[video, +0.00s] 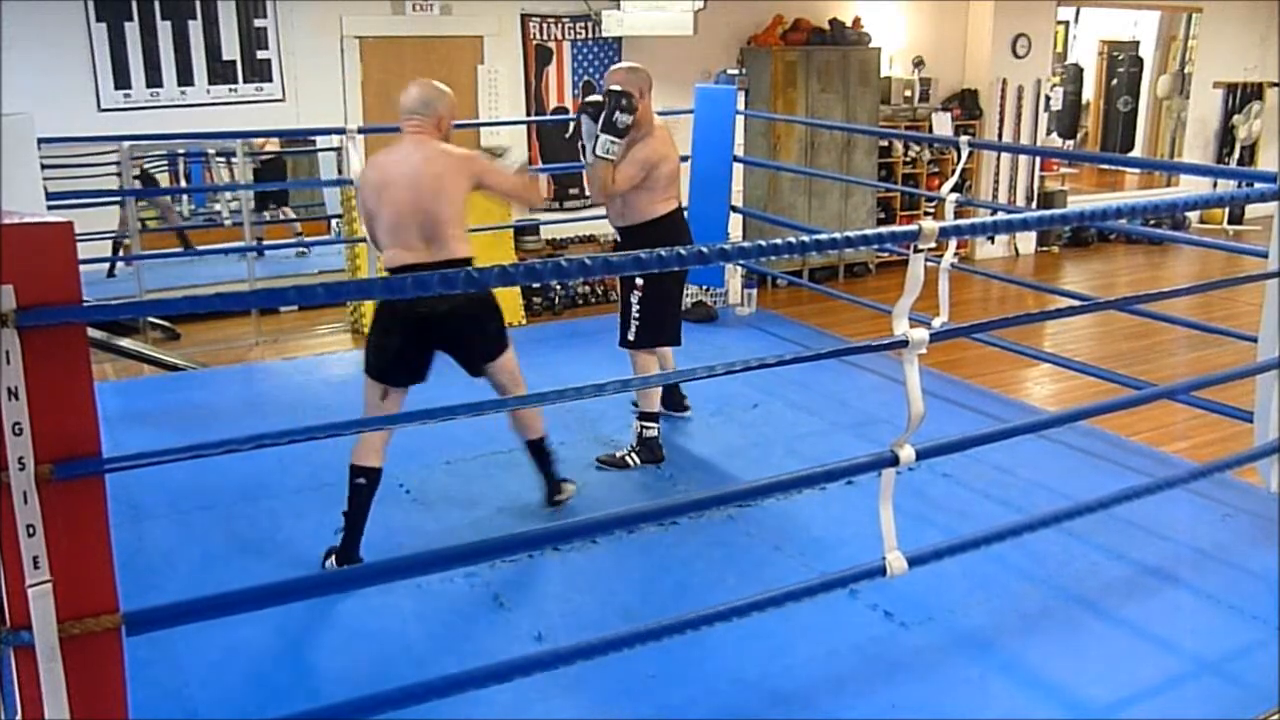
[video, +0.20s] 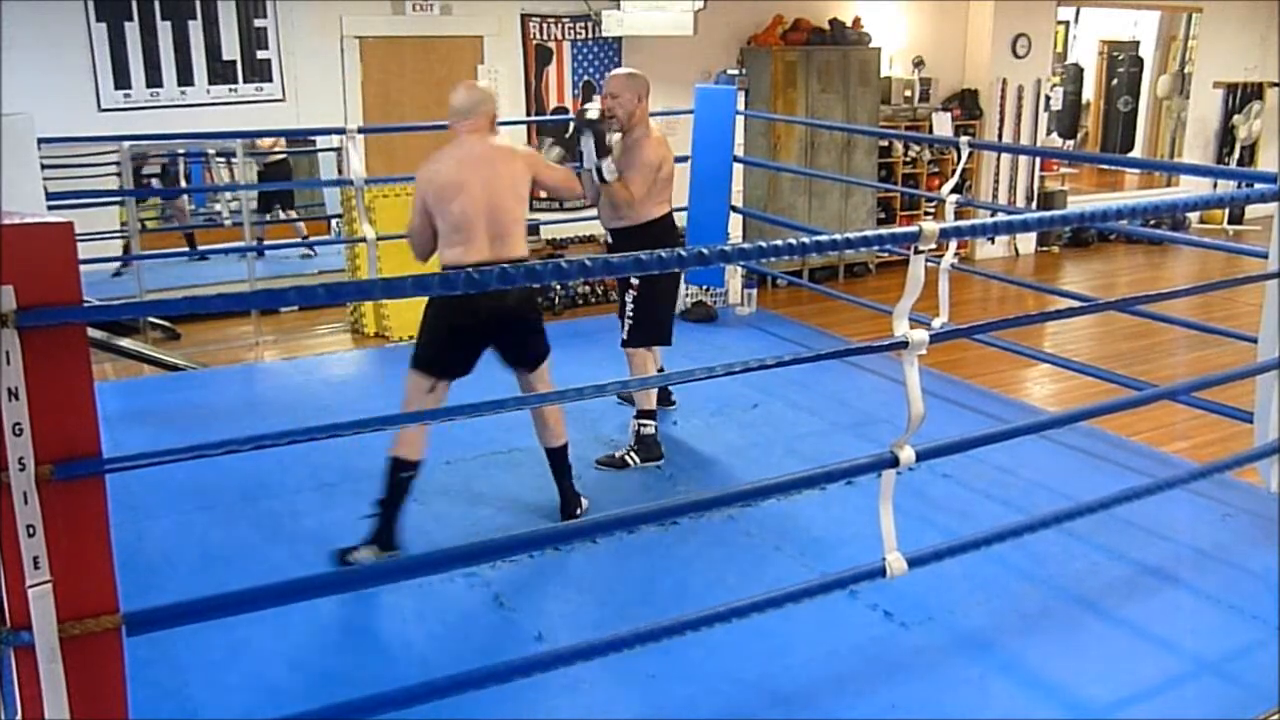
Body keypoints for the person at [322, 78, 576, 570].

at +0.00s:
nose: (455, 125)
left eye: (453, 119)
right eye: (453, 119)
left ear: (402, 119)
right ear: (442, 121)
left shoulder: (371, 171)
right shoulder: (461, 161)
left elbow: (375, 235)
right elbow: (532, 193)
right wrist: (536, 175)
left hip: (399, 302)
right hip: (462, 295)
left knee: (376, 423)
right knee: (514, 389)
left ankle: (349, 546)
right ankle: (552, 484)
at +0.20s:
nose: (495, 123)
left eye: (488, 117)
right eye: (495, 117)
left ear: (451, 121)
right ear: (492, 119)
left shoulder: (431, 170)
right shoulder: (519, 159)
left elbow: (421, 250)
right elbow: (577, 189)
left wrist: (454, 207)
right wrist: (545, 167)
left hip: (453, 296)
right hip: (514, 291)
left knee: (417, 409)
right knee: (540, 393)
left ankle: (384, 535)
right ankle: (569, 499)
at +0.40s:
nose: (525, 117)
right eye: (527, 111)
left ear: (481, 110)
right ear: (524, 113)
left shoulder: (455, 158)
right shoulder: (544, 162)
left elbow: (440, 228)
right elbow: (567, 237)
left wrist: (480, 202)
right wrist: (527, 216)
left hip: (476, 290)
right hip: (534, 285)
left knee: (461, 409)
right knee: (555, 390)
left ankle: (464, 527)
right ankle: (581, 494)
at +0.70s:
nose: (502, 105)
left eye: (498, 98)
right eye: (542, 97)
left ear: (497, 101)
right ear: (541, 101)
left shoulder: (482, 147)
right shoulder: (569, 144)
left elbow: (466, 221)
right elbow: (588, 209)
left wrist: (498, 190)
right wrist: (550, 185)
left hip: (507, 270)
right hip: (563, 265)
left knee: (479, 389)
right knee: (565, 384)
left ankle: (509, 508)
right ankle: (582, 495)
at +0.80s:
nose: (497, 108)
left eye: (495, 100)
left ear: (496, 104)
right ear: (538, 102)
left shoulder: (481, 147)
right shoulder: (564, 143)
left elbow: (470, 208)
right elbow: (583, 207)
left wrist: (485, 150)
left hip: (512, 272)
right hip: (566, 265)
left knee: (500, 393)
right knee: (567, 379)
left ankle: (541, 507)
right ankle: (584, 492)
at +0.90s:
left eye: (495, 106)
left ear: (494, 110)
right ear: (537, 109)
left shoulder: (478, 155)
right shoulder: (562, 152)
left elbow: (470, 211)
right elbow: (582, 217)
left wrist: (484, 150)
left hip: (513, 281)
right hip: (566, 274)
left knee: (513, 395)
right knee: (561, 357)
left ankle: (544, 511)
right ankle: (583, 463)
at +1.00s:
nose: (495, 112)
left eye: (493, 105)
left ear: (495, 108)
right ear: (538, 106)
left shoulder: (480, 154)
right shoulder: (566, 149)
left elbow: (469, 213)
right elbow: (587, 216)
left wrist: (487, 161)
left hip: (518, 272)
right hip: (568, 263)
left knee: (519, 389)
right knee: (561, 342)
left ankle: (544, 508)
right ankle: (575, 442)